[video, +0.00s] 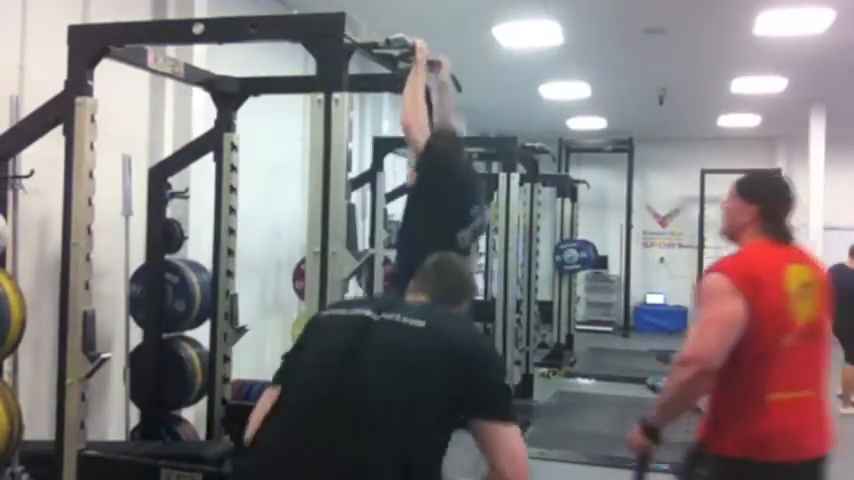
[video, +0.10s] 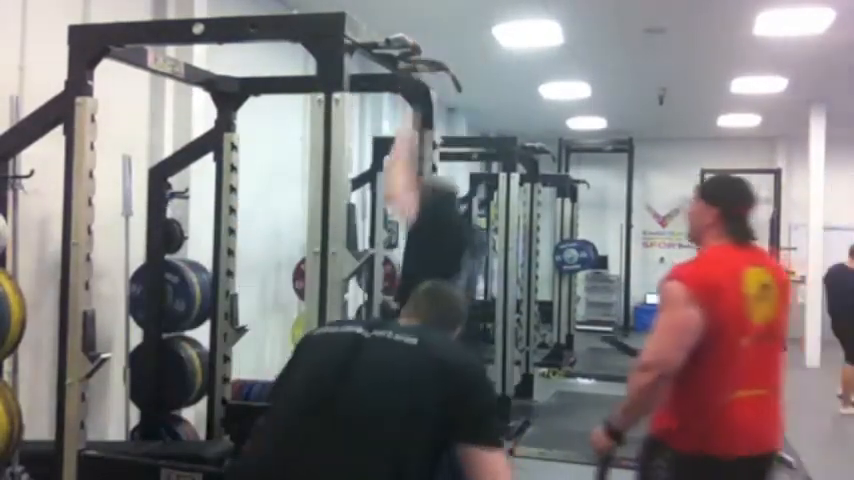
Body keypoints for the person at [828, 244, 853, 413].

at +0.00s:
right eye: (852, 256)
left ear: (848, 255)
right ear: (851, 256)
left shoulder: (837, 272)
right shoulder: (840, 272)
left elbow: (831, 300)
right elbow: (832, 300)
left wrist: (832, 320)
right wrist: (833, 321)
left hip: (841, 324)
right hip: (846, 324)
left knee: (848, 359)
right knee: (849, 360)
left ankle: (845, 393)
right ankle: (846, 399)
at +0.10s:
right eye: (852, 257)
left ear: (849, 255)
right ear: (851, 256)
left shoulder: (834, 272)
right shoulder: (843, 274)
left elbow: (831, 304)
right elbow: (833, 304)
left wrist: (836, 318)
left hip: (838, 323)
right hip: (848, 324)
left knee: (849, 358)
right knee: (849, 360)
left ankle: (845, 391)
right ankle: (847, 401)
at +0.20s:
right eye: (852, 257)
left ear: (849, 255)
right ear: (851, 256)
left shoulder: (834, 272)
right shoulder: (843, 274)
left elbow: (831, 303)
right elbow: (833, 303)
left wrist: (836, 317)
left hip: (838, 322)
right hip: (848, 324)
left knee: (849, 357)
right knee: (849, 360)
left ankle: (845, 390)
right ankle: (847, 401)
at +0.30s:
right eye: (852, 257)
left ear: (849, 255)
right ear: (851, 256)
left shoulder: (834, 272)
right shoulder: (844, 274)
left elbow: (831, 305)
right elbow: (833, 305)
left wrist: (836, 318)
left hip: (838, 323)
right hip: (848, 325)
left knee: (849, 357)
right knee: (849, 360)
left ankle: (845, 389)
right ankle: (847, 401)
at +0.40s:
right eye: (852, 257)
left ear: (849, 255)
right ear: (851, 256)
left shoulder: (834, 272)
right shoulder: (844, 274)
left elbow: (831, 305)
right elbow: (834, 306)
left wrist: (837, 318)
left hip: (838, 323)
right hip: (848, 325)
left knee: (849, 358)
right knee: (849, 360)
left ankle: (845, 390)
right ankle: (847, 401)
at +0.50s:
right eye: (852, 257)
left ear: (849, 255)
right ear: (851, 256)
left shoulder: (834, 272)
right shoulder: (844, 274)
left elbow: (832, 305)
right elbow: (834, 306)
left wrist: (837, 319)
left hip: (839, 324)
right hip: (848, 326)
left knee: (849, 358)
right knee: (849, 360)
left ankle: (845, 390)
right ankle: (847, 401)